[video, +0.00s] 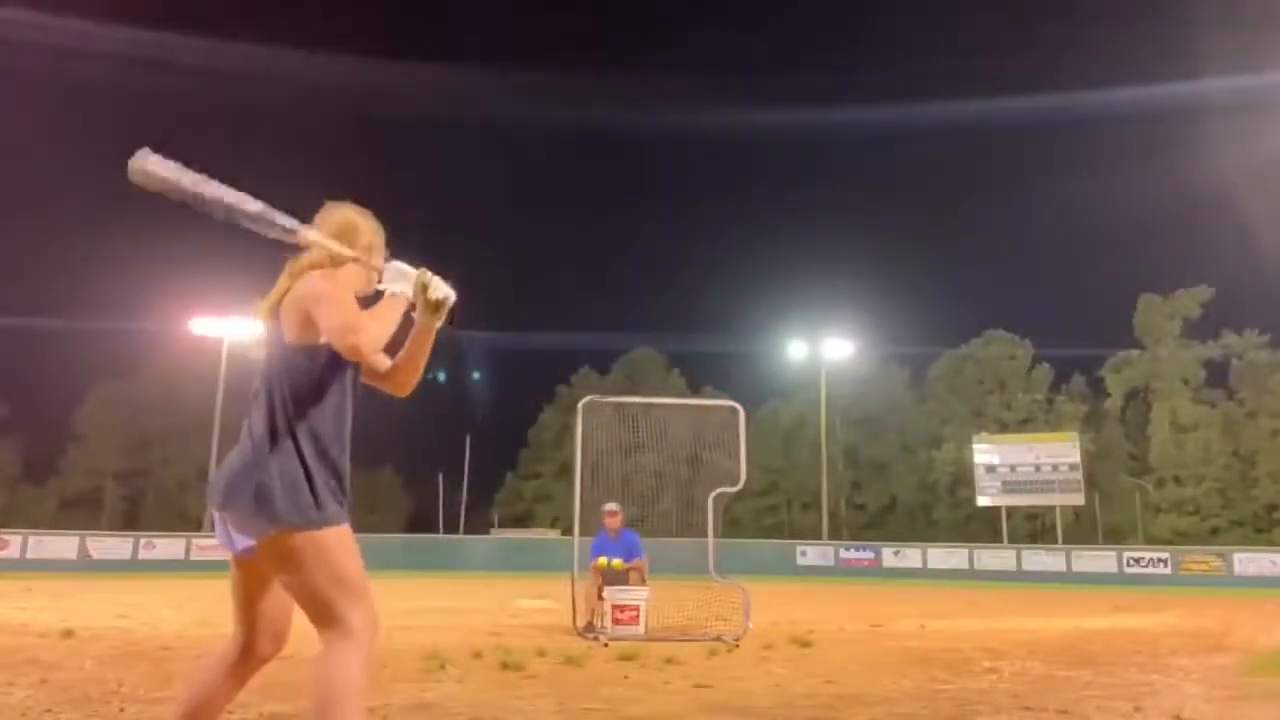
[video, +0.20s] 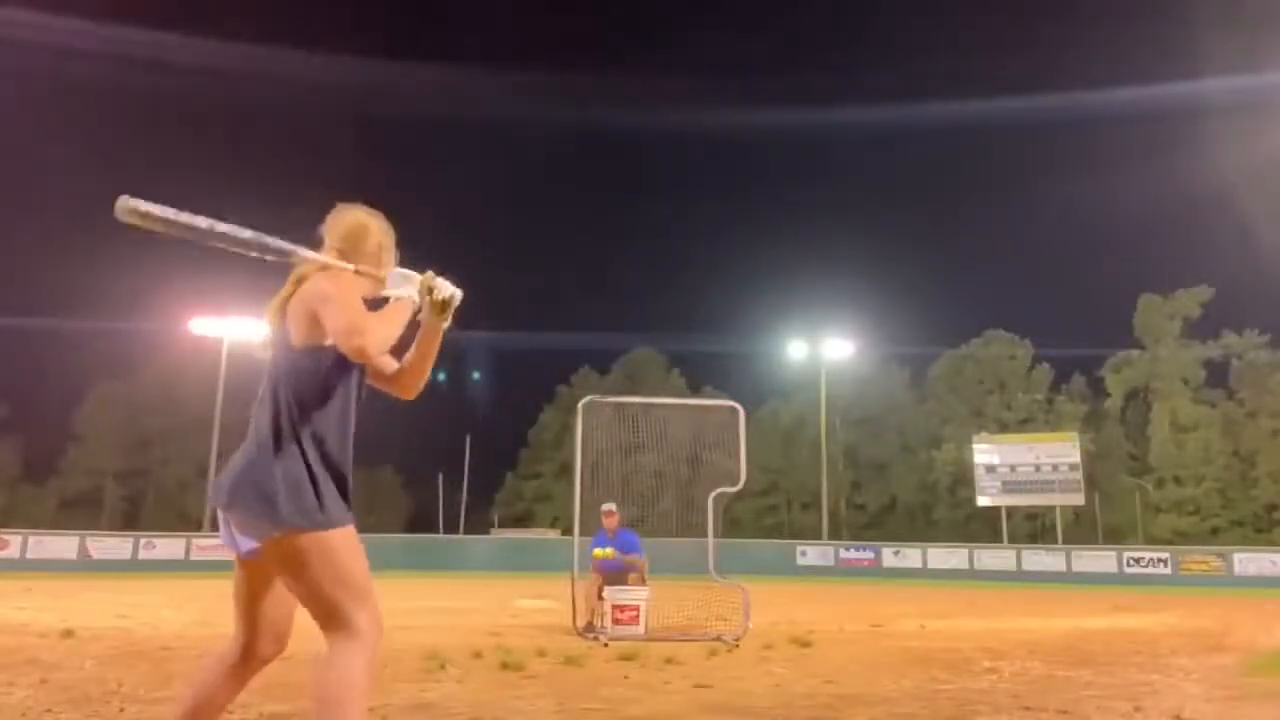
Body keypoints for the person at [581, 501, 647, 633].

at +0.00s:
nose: (612, 520)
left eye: (615, 515)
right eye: (608, 516)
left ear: (621, 517)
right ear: (604, 519)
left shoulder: (631, 537)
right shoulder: (599, 539)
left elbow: (640, 560)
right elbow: (593, 562)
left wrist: (625, 566)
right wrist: (600, 564)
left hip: (625, 572)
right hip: (606, 572)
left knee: (635, 573)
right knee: (593, 580)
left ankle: (635, 618)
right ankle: (590, 620)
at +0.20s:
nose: (609, 520)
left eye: (612, 516)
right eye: (605, 516)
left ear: (618, 517)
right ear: (601, 519)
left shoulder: (630, 537)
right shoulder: (599, 538)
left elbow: (638, 560)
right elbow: (594, 564)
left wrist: (618, 556)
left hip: (625, 572)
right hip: (606, 573)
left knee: (635, 577)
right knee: (594, 580)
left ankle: (634, 619)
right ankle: (590, 620)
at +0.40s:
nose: (604, 521)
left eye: (607, 517)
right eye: (601, 518)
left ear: (614, 517)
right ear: (597, 520)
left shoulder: (626, 537)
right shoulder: (596, 540)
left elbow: (636, 560)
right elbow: (593, 562)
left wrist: (621, 564)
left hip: (625, 573)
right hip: (606, 574)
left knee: (635, 577)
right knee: (593, 580)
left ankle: (635, 621)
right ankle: (590, 621)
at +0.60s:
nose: (597, 524)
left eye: (600, 519)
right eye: (594, 521)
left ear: (607, 519)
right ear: (591, 523)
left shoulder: (620, 535)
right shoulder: (594, 545)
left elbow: (639, 552)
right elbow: (592, 568)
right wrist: (598, 578)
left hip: (622, 573)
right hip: (603, 575)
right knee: (590, 586)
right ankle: (589, 622)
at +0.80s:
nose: (594, 525)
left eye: (596, 520)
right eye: (591, 522)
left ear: (604, 520)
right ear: (588, 524)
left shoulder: (619, 535)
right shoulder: (591, 547)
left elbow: (645, 547)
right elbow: (592, 570)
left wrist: (661, 565)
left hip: (626, 575)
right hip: (605, 577)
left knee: (632, 577)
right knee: (592, 580)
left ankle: (629, 621)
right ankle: (590, 622)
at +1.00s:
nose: (596, 525)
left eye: (598, 520)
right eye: (592, 522)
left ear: (606, 519)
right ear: (590, 524)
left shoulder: (620, 534)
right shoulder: (594, 544)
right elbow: (593, 568)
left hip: (625, 574)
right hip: (606, 575)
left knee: (631, 577)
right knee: (591, 581)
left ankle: (628, 621)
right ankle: (590, 622)